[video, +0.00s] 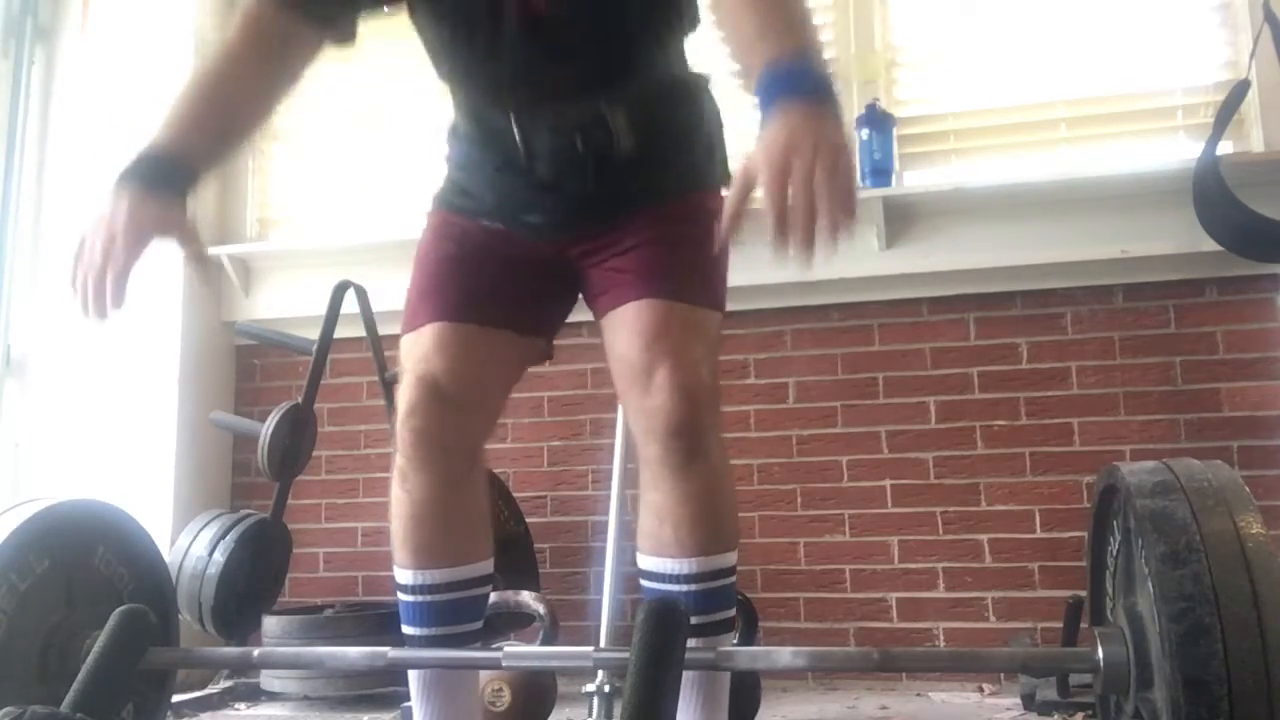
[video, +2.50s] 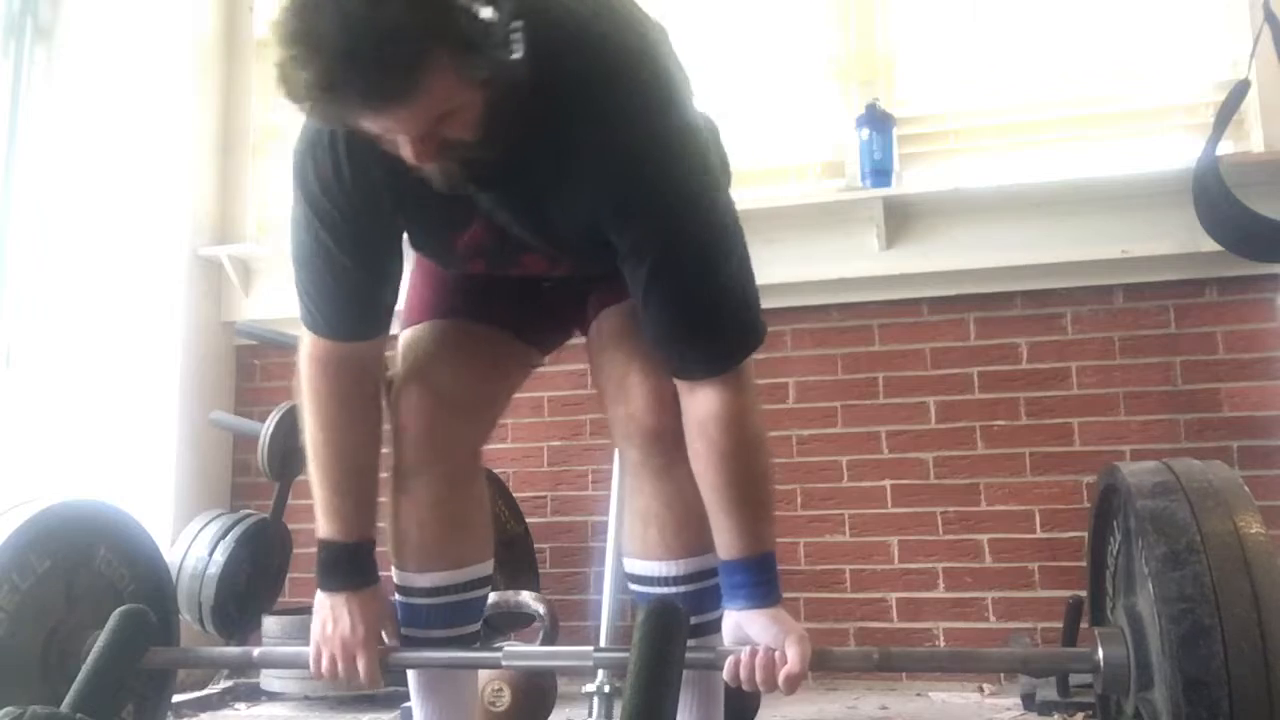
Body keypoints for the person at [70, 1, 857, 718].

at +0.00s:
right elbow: (285, 17)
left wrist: (793, 84)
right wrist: (159, 171)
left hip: (650, 157)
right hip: (494, 169)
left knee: (671, 397)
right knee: (429, 408)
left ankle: (701, 703)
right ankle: (445, 707)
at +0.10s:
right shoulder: (380, 2)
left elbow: (736, 19)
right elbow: (281, 88)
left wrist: (790, 198)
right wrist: (159, 257)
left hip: (660, 182)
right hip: (505, 192)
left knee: (679, 394)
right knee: (426, 409)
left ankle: (702, 705)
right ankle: (445, 707)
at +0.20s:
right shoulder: (388, 8)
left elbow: (735, 118)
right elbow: (278, 169)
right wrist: (165, 361)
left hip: (667, 226)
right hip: (510, 231)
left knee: (687, 401)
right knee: (426, 406)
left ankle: (699, 705)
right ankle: (445, 706)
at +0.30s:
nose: (435, 7)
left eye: (452, 0)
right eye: (418, 2)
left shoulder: (660, 15)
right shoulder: (388, 41)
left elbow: (737, 208)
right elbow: (282, 253)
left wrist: (774, 450)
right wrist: (197, 457)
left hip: (665, 248)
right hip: (515, 252)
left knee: (702, 405)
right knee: (423, 408)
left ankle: (697, 698)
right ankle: (449, 702)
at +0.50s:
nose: (437, 34)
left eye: (465, 6)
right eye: (411, 11)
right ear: (390, 5)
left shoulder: (654, 34)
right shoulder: (381, 84)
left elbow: (759, 261)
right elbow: (325, 304)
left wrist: (792, 525)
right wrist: (291, 538)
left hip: (670, 246)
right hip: (516, 253)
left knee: (706, 412)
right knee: (428, 412)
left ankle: (704, 703)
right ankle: (444, 706)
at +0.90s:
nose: (492, 127)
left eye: (509, 86)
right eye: (453, 114)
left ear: (538, 19)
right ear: (401, 91)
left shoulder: (649, 52)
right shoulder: (379, 134)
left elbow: (755, 310)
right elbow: (354, 368)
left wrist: (784, 539)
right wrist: (340, 594)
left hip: (658, 251)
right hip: (508, 260)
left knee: (680, 411)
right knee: (431, 416)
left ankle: (701, 701)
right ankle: (446, 704)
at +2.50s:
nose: (415, 154)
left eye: (439, 121)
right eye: (383, 135)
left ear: (492, 60)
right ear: (346, 110)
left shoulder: (612, 77)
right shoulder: (340, 142)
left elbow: (711, 370)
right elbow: (340, 350)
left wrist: (753, 598)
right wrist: (344, 575)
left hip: (631, 232)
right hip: (484, 244)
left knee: (655, 418)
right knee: (421, 411)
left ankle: (693, 702)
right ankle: (442, 705)